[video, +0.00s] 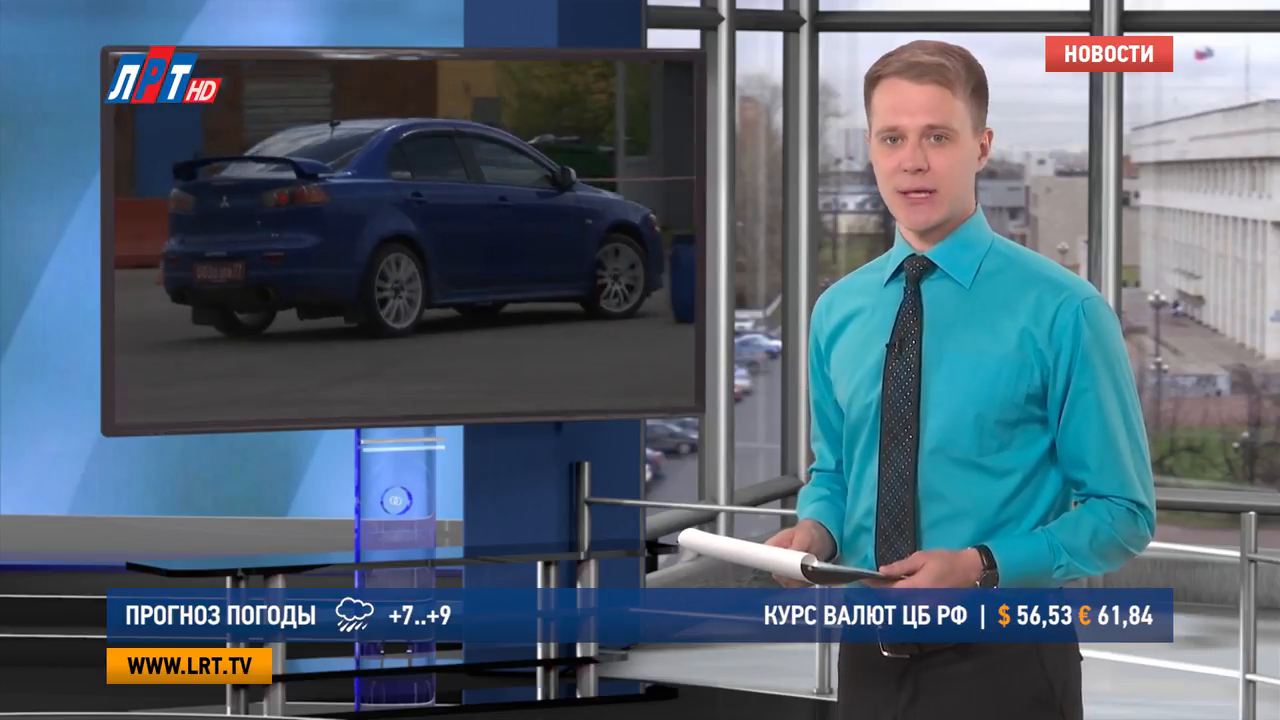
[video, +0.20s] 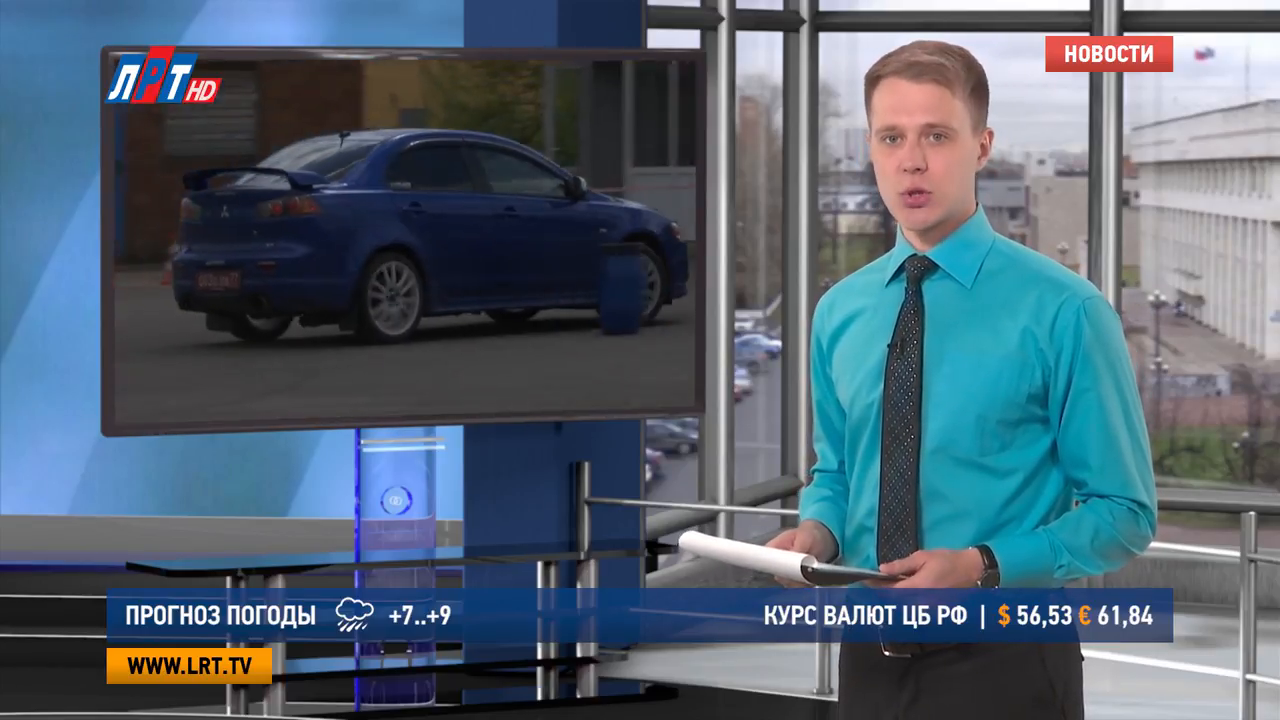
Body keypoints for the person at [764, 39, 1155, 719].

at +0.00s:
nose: (912, 161)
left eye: (937, 137)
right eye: (892, 138)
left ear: (982, 147)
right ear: (870, 150)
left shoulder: (1063, 310)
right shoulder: (837, 310)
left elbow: (1123, 510)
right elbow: (832, 472)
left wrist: (983, 566)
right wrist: (811, 532)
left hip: (1002, 663)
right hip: (868, 661)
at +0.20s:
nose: (910, 161)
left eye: (936, 136)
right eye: (891, 137)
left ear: (982, 146)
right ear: (871, 150)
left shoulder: (1064, 310)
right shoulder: (839, 311)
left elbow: (1125, 510)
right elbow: (833, 472)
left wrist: (984, 565)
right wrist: (812, 534)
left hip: (1003, 663)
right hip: (869, 662)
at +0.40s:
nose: (912, 154)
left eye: (938, 131)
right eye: (893, 132)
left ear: (984, 145)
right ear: (873, 148)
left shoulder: (1065, 310)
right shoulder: (840, 311)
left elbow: (1125, 510)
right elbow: (835, 474)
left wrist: (984, 565)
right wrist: (813, 535)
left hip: (1005, 662)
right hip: (870, 660)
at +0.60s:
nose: (917, 155)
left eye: (943, 131)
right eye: (897, 132)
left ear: (987, 146)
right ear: (876, 148)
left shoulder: (1067, 310)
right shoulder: (842, 310)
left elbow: (1125, 511)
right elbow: (836, 474)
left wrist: (985, 564)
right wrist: (816, 530)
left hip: (1004, 664)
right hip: (870, 663)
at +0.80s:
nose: (926, 158)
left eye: (951, 135)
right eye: (906, 135)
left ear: (991, 146)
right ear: (879, 148)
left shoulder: (1068, 310)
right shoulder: (843, 310)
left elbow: (1126, 510)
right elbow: (837, 471)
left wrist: (986, 566)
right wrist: (816, 533)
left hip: (1004, 661)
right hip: (871, 658)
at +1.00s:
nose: (935, 161)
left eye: (959, 138)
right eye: (914, 137)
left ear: (994, 148)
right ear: (882, 148)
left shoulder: (1068, 310)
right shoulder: (844, 311)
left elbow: (1127, 510)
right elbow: (836, 472)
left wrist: (987, 564)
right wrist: (818, 531)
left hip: (1005, 663)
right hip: (871, 661)